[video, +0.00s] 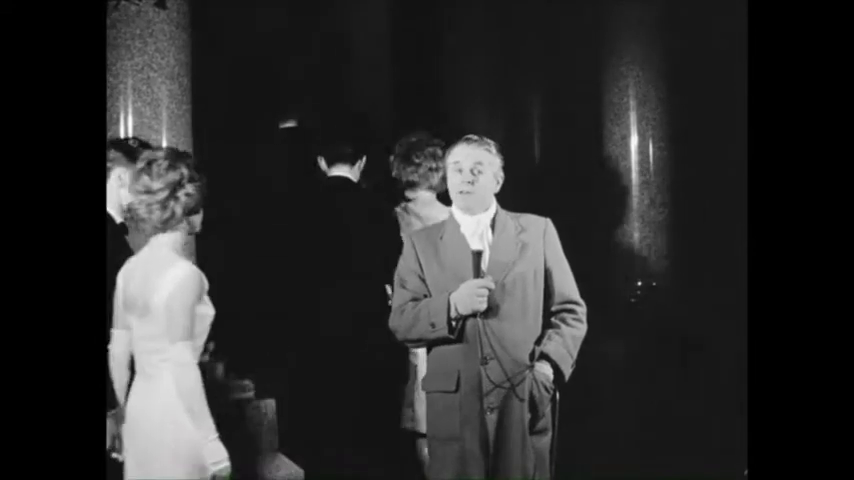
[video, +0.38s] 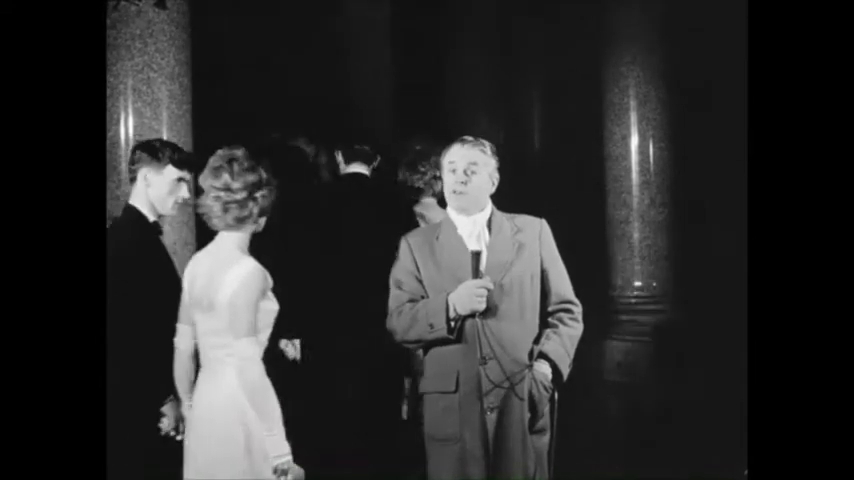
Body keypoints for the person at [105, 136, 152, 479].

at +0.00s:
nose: (142, 191)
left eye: (141, 179)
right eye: (137, 177)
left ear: (119, 179)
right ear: (117, 179)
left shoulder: (122, 239)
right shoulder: (114, 242)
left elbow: (119, 334)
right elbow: (115, 333)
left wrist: (118, 409)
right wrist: (114, 409)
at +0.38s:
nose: (186, 194)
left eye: (187, 184)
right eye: (179, 181)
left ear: (148, 176)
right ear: (145, 175)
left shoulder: (147, 239)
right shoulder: (127, 240)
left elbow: (155, 325)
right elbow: (138, 328)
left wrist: (169, 395)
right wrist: (164, 397)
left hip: (147, 403)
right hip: (134, 407)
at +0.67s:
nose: (204, 191)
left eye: (203, 181)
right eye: (196, 179)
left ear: (166, 177)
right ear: (165, 176)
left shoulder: (163, 234)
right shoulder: (152, 237)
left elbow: (183, 319)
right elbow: (170, 323)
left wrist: (206, 380)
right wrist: (201, 383)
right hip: (163, 396)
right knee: (169, 471)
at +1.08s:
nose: (238, 192)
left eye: (237, 182)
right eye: (229, 181)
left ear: (200, 179)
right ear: (199, 178)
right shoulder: (186, 239)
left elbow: (221, 320)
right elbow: (202, 326)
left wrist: (251, 377)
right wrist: (249, 379)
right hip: (197, 393)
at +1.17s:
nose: (250, 193)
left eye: (250, 182)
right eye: (241, 182)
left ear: (213, 180)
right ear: (212, 178)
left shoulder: (183, 235)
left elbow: (234, 319)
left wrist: (263, 375)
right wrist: (262, 377)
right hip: (210, 393)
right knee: (233, 469)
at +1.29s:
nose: (271, 195)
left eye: (270, 185)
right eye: (263, 184)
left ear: (234, 181)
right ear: (234, 180)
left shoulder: (197, 236)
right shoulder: (243, 238)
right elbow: (253, 318)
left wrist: (285, 375)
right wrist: (285, 375)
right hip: (238, 384)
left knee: (219, 469)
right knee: (251, 467)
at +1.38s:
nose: (284, 196)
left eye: (285, 186)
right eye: (278, 184)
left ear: (249, 178)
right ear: (252, 176)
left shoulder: (211, 223)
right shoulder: (262, 234)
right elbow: (278, 315)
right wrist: (301, 373)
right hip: (257, 372)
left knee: (226, 463)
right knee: (262, 462)